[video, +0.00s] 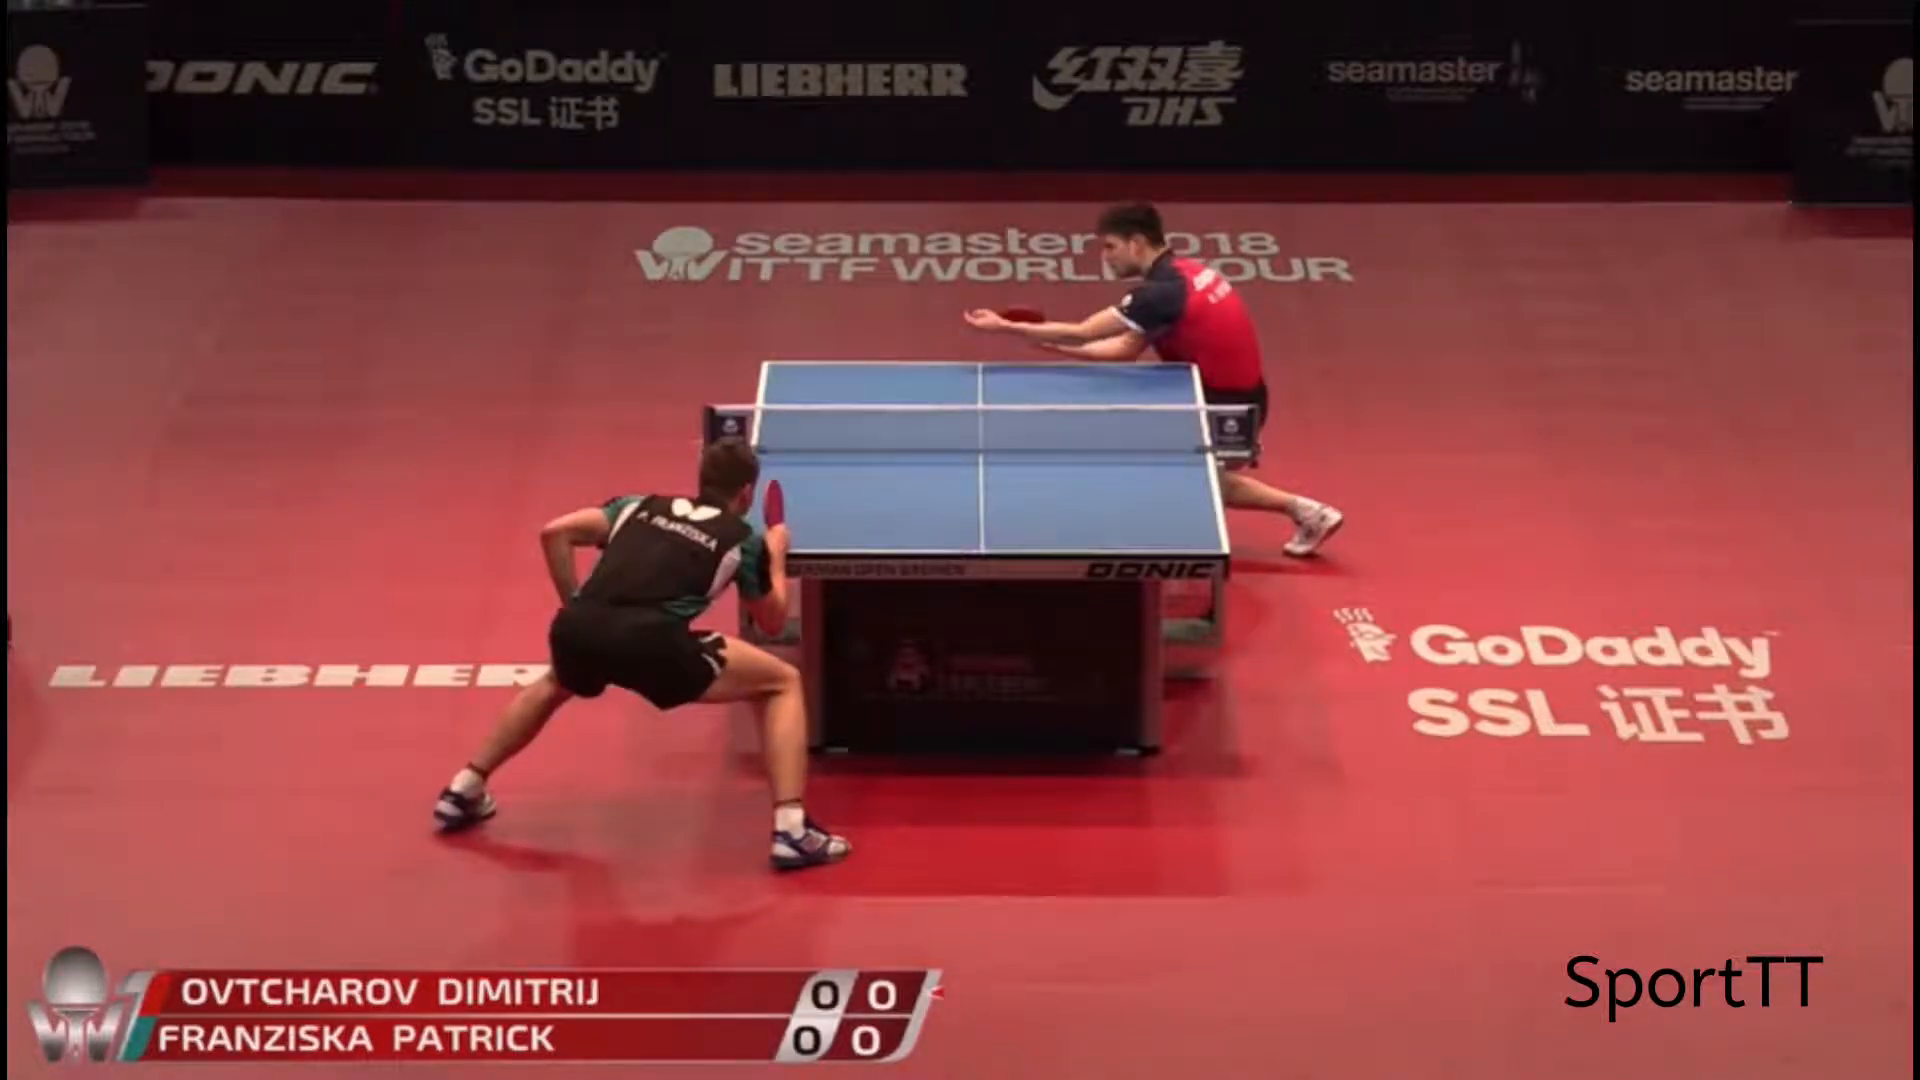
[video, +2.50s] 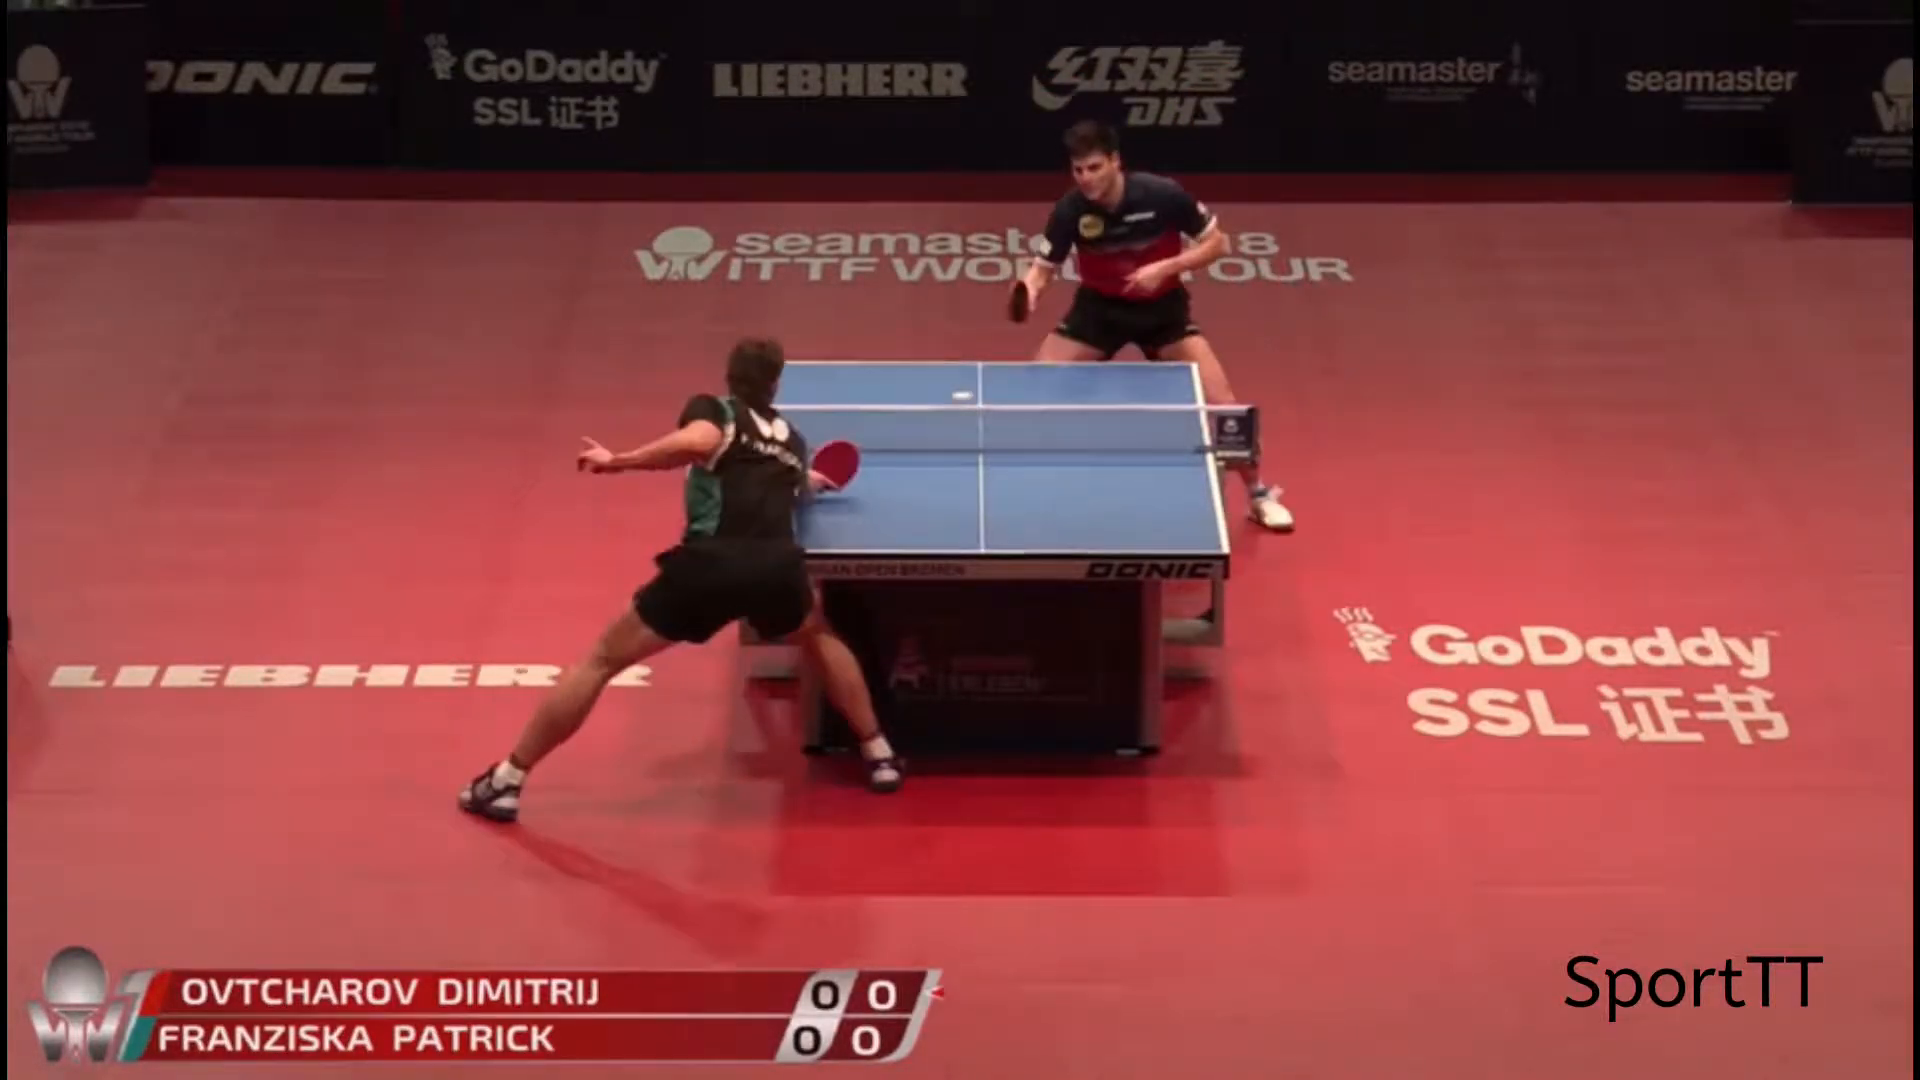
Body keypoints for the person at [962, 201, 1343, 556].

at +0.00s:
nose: (1106, 257)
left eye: (1110, 247)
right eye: (1104, 248)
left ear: (1139, 243)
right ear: (1144, 243)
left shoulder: (1165, 287)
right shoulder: (1181, 272)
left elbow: (1080, 331)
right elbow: (1125, 348)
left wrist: (1006, 325)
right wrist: (1058, 348)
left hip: (1230, 400)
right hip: (1231, 391)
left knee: (1208, 480)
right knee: (1205, 474)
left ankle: (1306, 511)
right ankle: (1304, 511)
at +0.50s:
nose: (1145, 184)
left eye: (1154, 176)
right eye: (1147, 175)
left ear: (1180, 181)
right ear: (1182, 183)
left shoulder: (1188, 234)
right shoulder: (1210, 223)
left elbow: (1112, 276)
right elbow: (1139, 283)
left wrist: (1053, 278)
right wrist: (1070, 273)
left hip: (1223, 369)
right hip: (1238, 364)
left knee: (1230, 467)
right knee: (1232, 466)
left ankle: (1319, 516)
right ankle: (1318, 517)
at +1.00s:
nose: (1181, 110)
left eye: (1192, 103)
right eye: (1184, 101)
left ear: (1220, 117)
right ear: (1217, 120)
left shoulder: (1216, 161)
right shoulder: (1229, 165)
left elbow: (1136, 155)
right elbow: (1144, 192)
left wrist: (1068, 115)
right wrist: (1088, 137)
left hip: (1225, 315)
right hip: (1253, 315)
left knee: (1145, 406)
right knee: (1250, 430)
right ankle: (1330, 525)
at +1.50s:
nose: (1205, 102)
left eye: (1217, 95)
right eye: (1209, 94)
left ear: (1244, 109)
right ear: (1246, 113)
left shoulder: (1234, 151)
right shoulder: (1285, 165)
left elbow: (1201, 194)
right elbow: (1310, 247)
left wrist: (1137, 202)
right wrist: (1326, 282)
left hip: (1245, 303)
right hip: (1287, 306)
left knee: (1163, 386)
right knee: (1275, 423)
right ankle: (1334, 531)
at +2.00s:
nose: (1106, 207)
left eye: (1114, 198)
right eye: (1101, 199)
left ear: (1139, 191)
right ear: (1095, 199)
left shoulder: (1167, 227)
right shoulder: (1120, 212)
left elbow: (1235, 272)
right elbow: (1074, 229)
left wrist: (1187, 288)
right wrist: (1091, 251)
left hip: (1216, 323)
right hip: (1180, 319)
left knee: (1166, 403)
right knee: (1139, 387)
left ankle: (1247, 445)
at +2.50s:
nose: (1084, 179)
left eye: (1093, 168)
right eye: (1078, 170)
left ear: (1116, 162)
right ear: (1071, 170)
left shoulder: (1162, 195)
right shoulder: (1071, 210)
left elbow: (1216, 242)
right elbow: (1043, 267)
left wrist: (1164, 268)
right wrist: (1028, 291)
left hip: (1163, 314)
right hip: (1097, 313)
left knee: (1221, 401)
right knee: (1039, 388)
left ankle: (1259, 494)